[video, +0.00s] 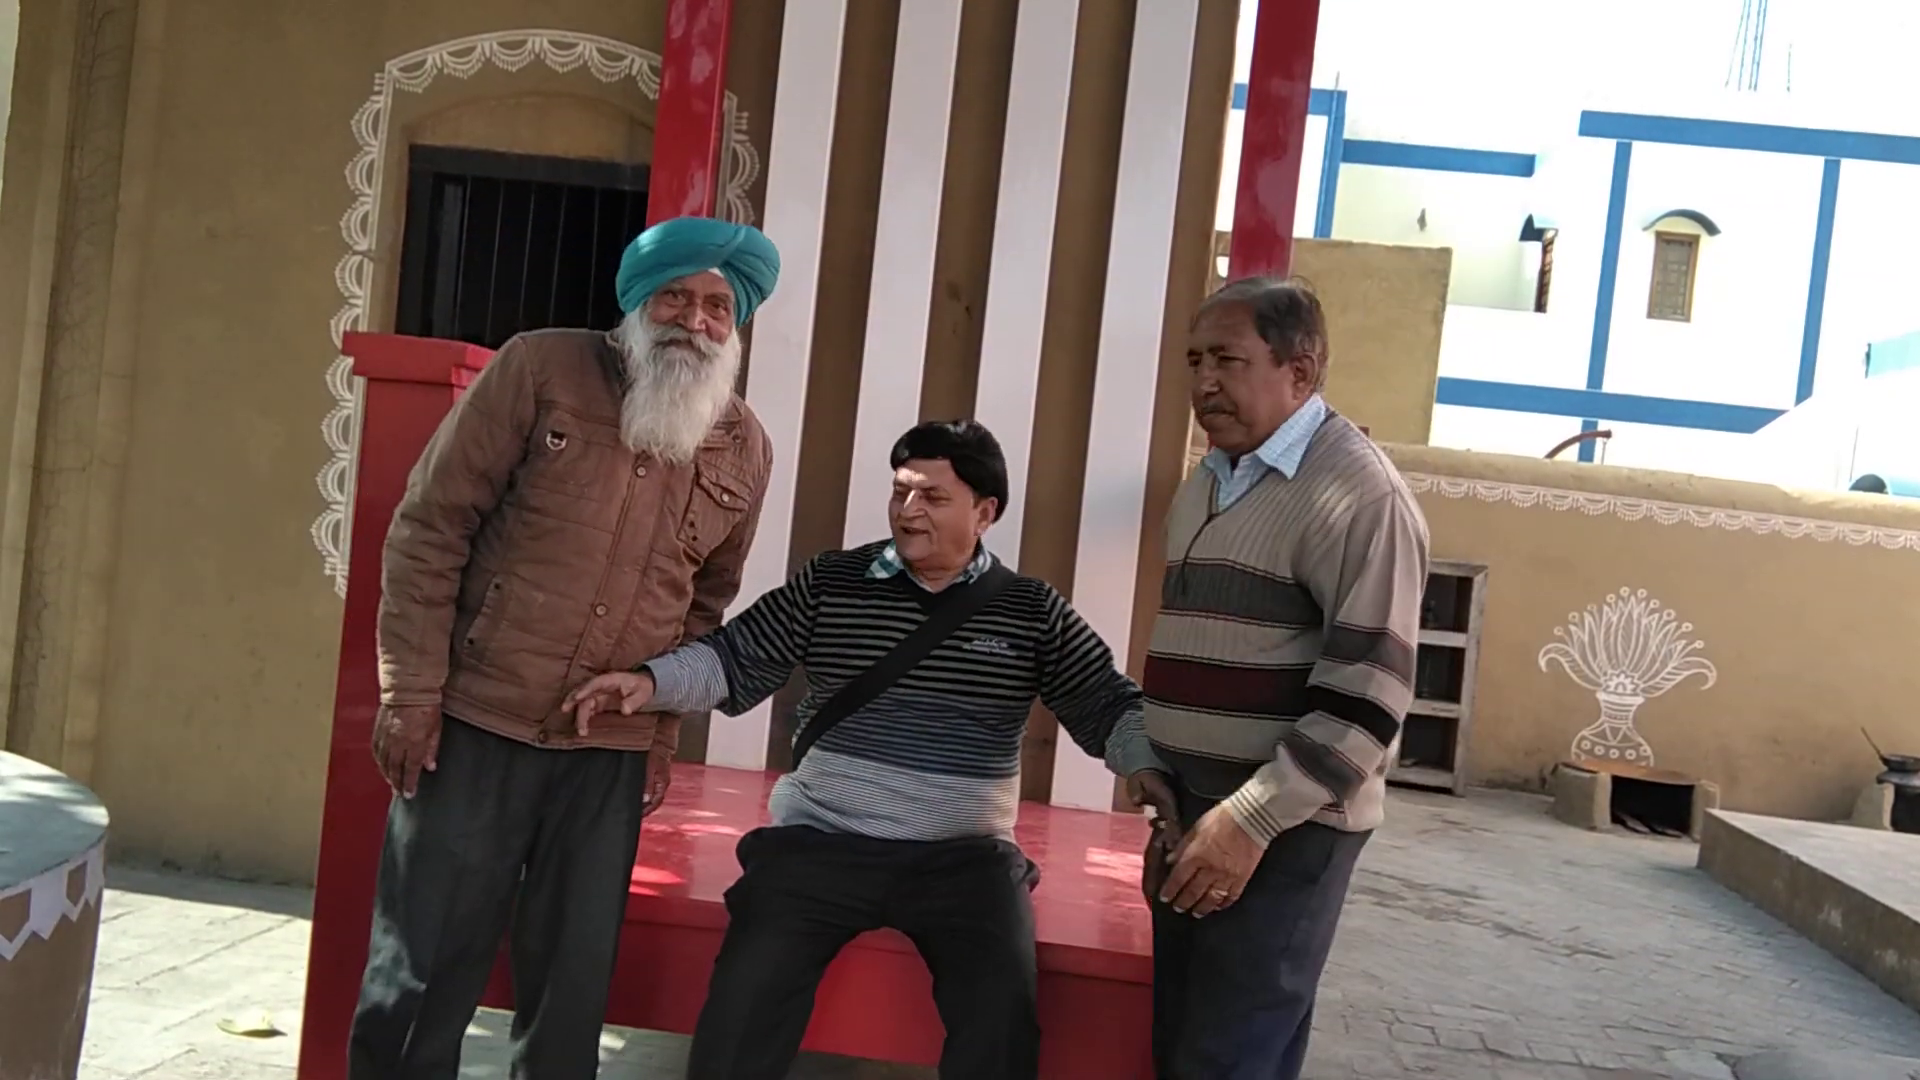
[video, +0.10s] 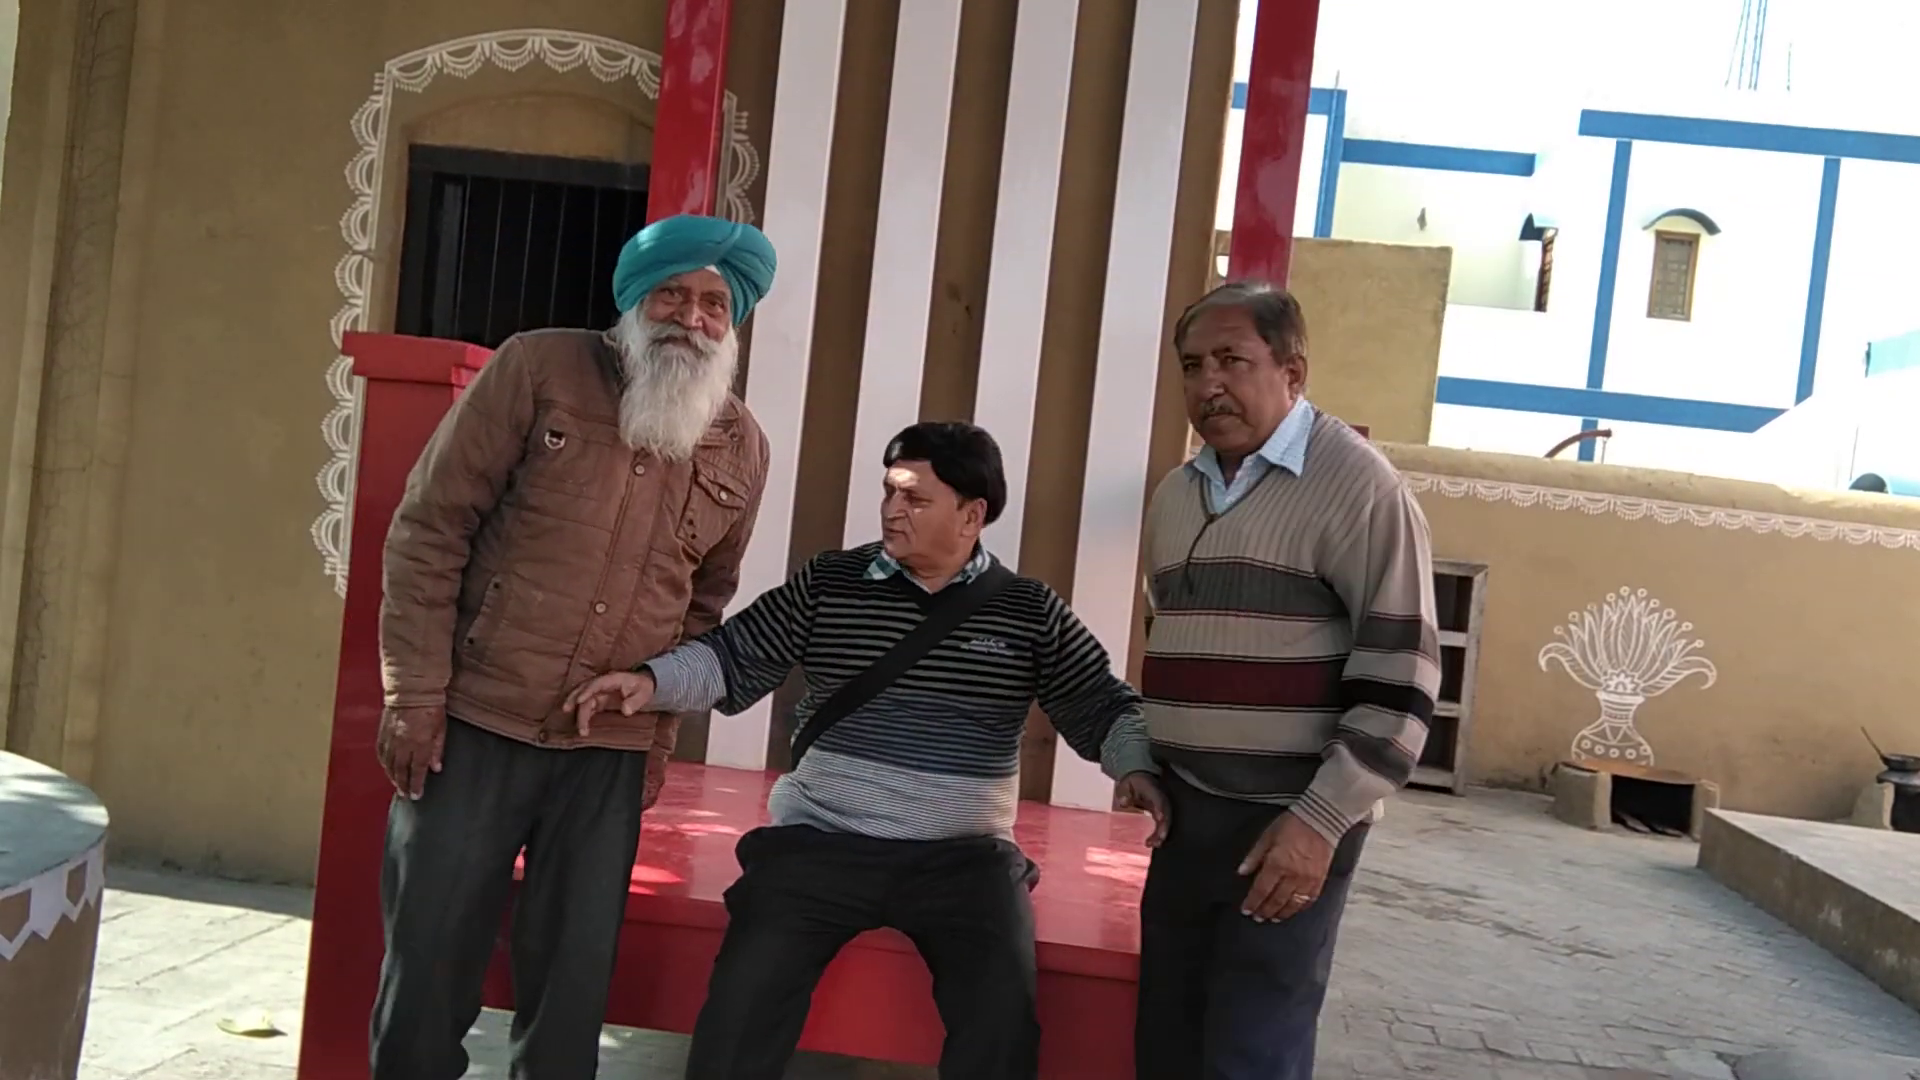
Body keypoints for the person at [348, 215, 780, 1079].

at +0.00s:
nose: (696, 318)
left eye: (720, 304)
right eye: (677, 296)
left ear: (739, 328)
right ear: (635, 303)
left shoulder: (743, 444)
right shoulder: (539, 370)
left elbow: (709, 600)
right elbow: (432, 525)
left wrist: (668, 729)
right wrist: (411, 686)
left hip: (612, 760)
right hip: (476, 737)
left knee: (568, 1016)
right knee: (415, 995)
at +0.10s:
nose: (691, 316)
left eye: (715, 302)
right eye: (674, 293)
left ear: (736, 326)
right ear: (633, 300)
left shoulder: (739, 443)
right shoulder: (537, 368)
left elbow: (706, 598)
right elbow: (431, 525)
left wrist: (661, 727)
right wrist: (413, 690)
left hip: (611, 755)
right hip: (475, 734)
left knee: (569, 1012)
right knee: (424, 994)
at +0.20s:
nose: (681, 313)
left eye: (704, 300)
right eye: (664, 290)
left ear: (725, 322)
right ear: (622, 297)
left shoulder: (731, 446)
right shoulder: (527, 369)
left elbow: (703, 599)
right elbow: (423, 527)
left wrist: (664, 732)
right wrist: (413, 697)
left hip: (610, 757)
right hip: (477, 738)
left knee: (570, 1012)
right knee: (433, 993)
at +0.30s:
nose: (670, 306)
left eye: (692, 294)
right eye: (653, 284)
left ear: (713, 316)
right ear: (611, 291)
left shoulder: (720, 441)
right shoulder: (514, 368)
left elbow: (700, 600)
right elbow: (414, 530)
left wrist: (661, 736)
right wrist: (407, 700)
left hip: (608, 761)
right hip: (473, 743)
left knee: (568, 1020)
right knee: (439, 1006)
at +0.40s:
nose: (660, 302)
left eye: (681, 289)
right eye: (642, 279)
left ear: (703, 310)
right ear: (602, 286)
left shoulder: (713, 433)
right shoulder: (505, 367)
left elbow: (699, 595)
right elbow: (407, 530)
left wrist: (659, 732)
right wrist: (402, 699)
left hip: (604, 757)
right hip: (468, 741)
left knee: (563, 1015)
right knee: (436, 1001)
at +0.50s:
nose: (653, 301)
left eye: (675, 286)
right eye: (635, 278)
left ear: (698, 308)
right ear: (595, 285)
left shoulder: (708, 430)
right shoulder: (497, 367)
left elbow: (697, 594)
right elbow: (401, 532)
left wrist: (655, 731)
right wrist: (397, 700)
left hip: (600, 756)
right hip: (463, 741)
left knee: (562, 1017)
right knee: (432, 1004)